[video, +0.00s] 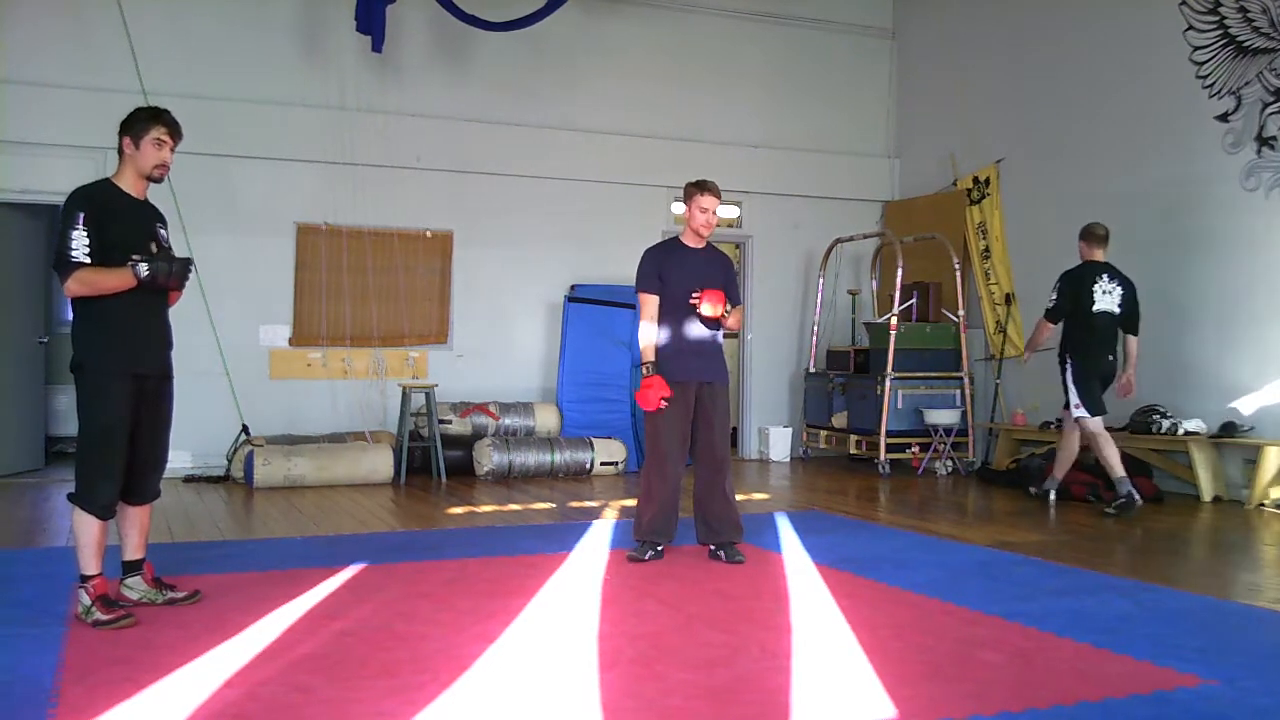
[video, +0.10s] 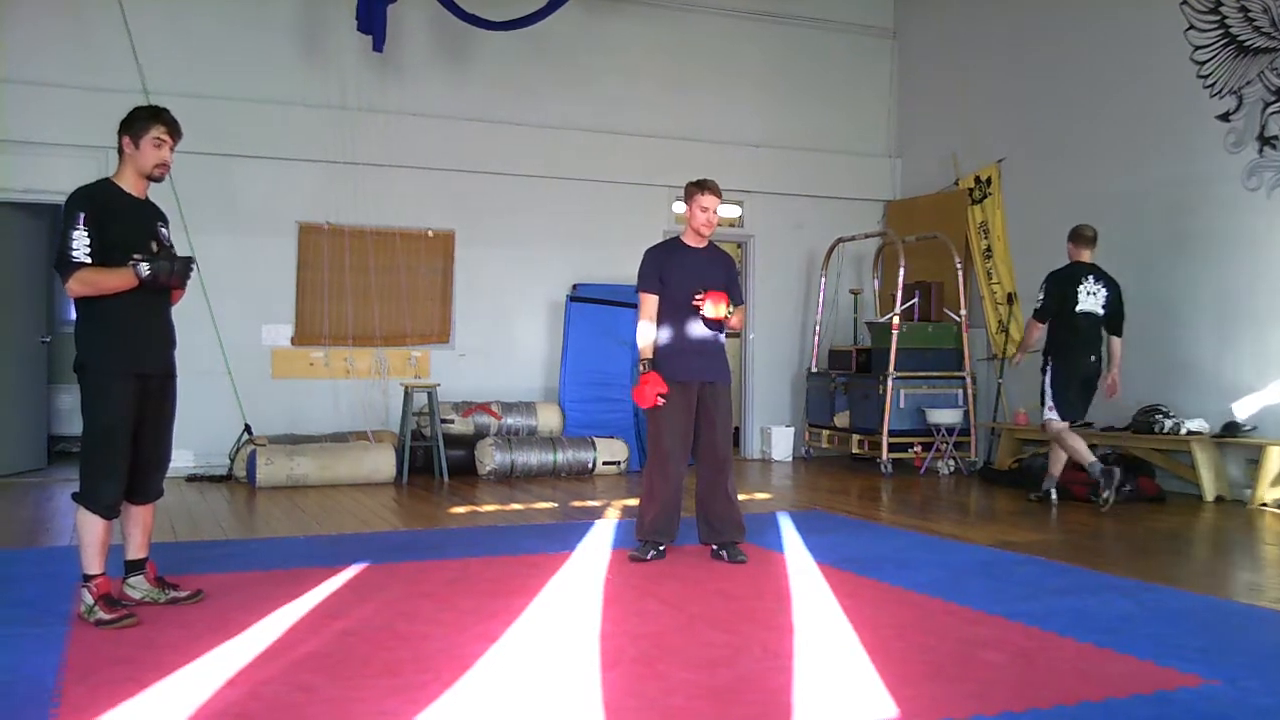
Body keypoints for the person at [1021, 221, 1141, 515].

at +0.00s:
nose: (1079, 249)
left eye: (1079, 245)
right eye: (1081, 245)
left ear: (1082, 245)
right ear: (1106, 247)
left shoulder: (1072, 278)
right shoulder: (1124, 283)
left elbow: (1048, 324)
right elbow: (1131, 332)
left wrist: (1029, 347)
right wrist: (1130, 371)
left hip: (1077, 361)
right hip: (1107, 363)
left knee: (1093, 428)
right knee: (1072, 423)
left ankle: (1125, 492)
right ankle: (1050, 486)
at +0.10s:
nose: (1069, 250)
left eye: (1069, 245)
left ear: (1070, 246)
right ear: (1094, 248)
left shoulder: (1058, 278)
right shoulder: (1110, 284)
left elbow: (1037, 324)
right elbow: (1115, 333)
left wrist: (1022, 349)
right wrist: (1114, 370)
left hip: (1061, 360)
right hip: (1091, 363)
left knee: (1053, 425)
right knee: (1063, 427)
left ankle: (1101, 472)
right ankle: (1048, 487)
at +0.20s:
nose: (1030, 249)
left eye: (1026, 244)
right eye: (1038, 246)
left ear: (1024, 244)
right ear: (1048, 247)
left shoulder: (1010, 275)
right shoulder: (1062, 282)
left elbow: (994, 321)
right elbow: (1065, 331)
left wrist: (980, 353)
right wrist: (1060, 364)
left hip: (1012, 355)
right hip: (1043, 359)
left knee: (991, 413)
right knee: (1020, 418)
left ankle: (1031, 460)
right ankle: (1014, 482)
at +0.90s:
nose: (982, 259)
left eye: (981, 256)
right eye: (984, 256)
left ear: (962, 248)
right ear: (982, 254)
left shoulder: (937, 271)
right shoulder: (989, 282)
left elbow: (918, 310)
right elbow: (996, 325)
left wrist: (910, 343)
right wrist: (995, 357)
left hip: (939, 350)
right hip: (971, 352)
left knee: (940, 409)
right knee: (964, 408)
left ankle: (943, 467)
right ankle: (955, 464)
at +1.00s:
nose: (984, 265)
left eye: (984, 262)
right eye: (986, 262)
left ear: (964, 254)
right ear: (983, 260)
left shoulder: (938, 274)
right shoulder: (987, 287)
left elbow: (916, 309)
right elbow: (995, 331)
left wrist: (910, 341)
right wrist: (995, 362)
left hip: (936, 351)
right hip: (967, 355)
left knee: (937, 411)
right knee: (958, 410)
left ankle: (943, 467)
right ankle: (953, 461)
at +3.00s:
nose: (951, 264)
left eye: (951, 259)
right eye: (948, 259)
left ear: (932, 259)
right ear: (933, 259)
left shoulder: (928, 284)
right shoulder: (920, 285)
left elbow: (932, 330)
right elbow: (922, 326)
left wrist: (941, 362)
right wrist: (958, 325)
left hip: (918, 353)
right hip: (917, 353)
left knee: (909, 408)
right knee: (930, 405)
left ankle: (906, 460)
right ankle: (911, 459)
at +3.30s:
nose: (934, 260)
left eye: (935, 255)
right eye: (932, 255)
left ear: (918, 257)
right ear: (919, 257)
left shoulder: (908, 282)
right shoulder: (910, 284)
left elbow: (917, 325)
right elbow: (921, 327)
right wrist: (951, 339)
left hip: (902, 352)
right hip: (905, 354)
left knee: (897, 406)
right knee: (906, 406)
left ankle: (893, 459)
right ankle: (893, 463)